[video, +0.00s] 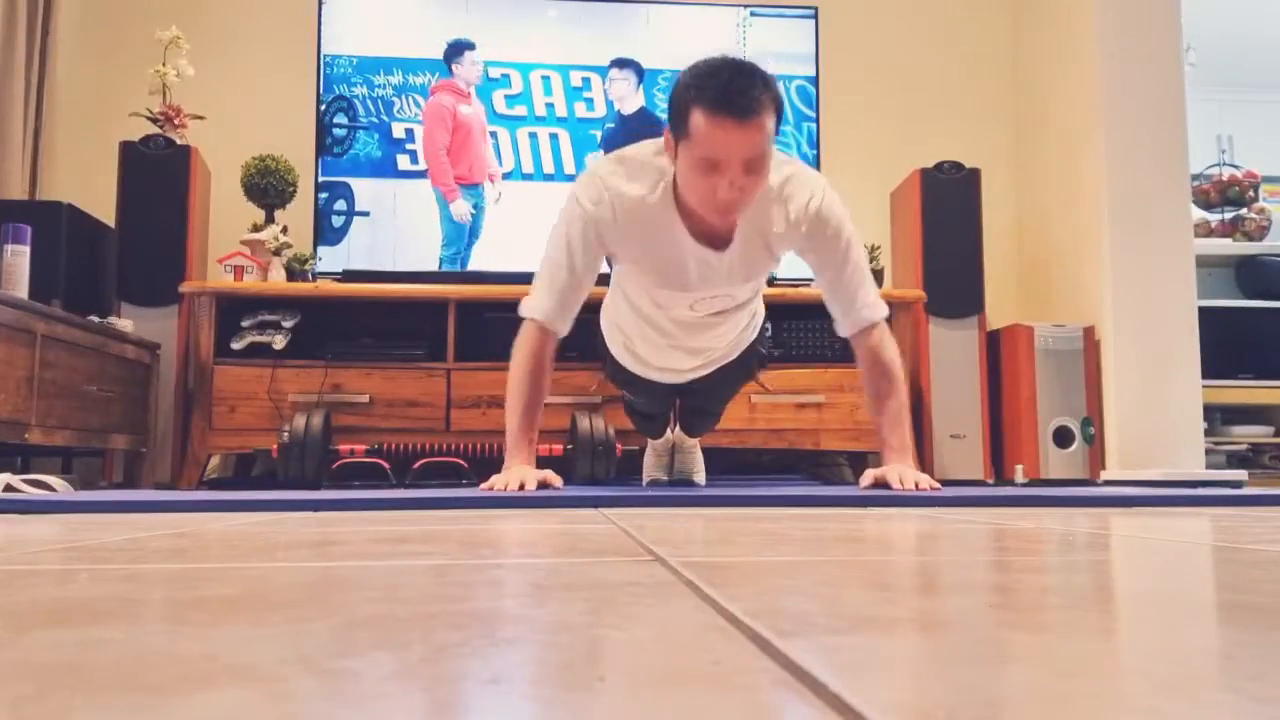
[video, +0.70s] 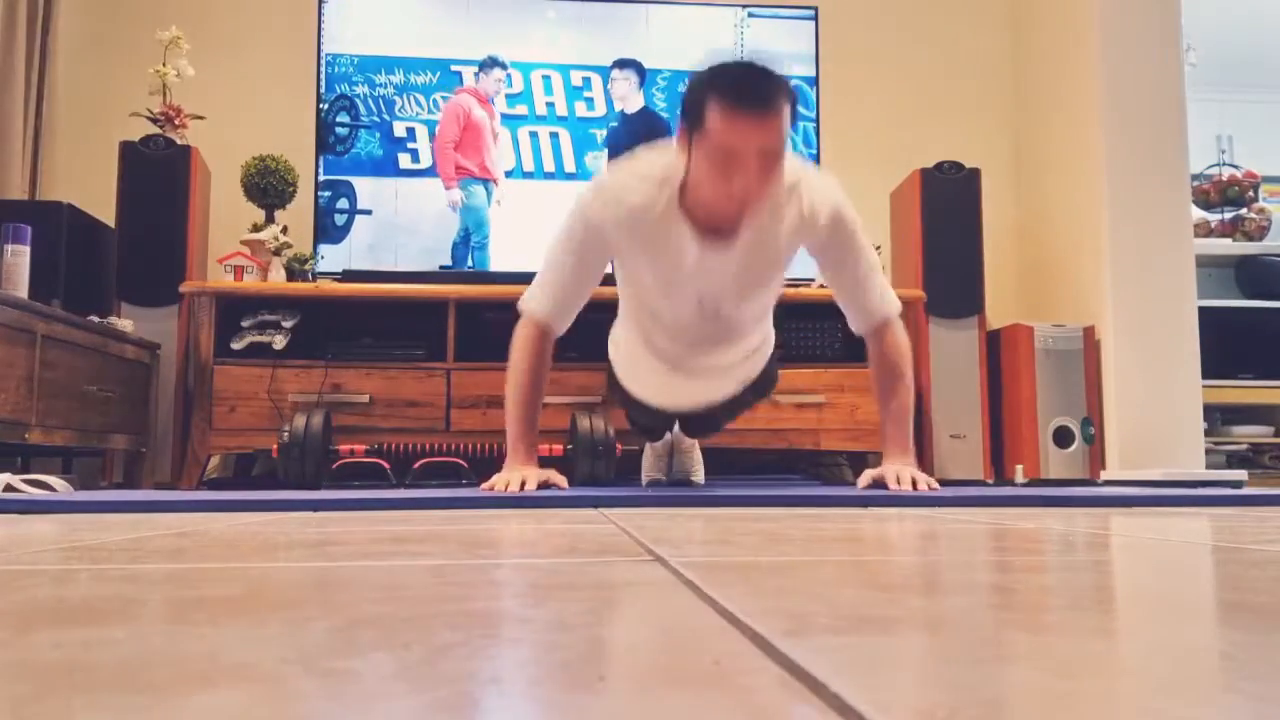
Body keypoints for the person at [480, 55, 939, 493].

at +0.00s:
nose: (730, 187)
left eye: (750, 167)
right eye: (710, 167)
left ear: (771, 150)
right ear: (671, 146)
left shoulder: (802, 199)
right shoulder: (607, 191)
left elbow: (871, 334)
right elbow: (539, 327)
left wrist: (898, 457)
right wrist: (518, 460)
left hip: (733, 342)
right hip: (637, 342)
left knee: (703, 413)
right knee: (651, 413)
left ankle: (685, 442)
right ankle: (657, 446)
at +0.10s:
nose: (732, 263)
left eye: (752, 241)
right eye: (712, 240)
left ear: (776, 218)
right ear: (673, 216)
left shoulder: (814, 244)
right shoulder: (607, 234)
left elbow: (906, 339)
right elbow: (507, 339)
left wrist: (903, 460)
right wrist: (513, 461)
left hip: (731, 385)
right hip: (635, 384)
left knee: (701, 428)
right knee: (650, 429)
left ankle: (686, 445)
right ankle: (661, 448)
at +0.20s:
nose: (734, 345)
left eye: (754, 323)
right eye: (714, 323)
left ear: (781, 296)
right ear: (674, 296)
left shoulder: (817, 293)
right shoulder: (612, 289)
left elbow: (928, 348)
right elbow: (496, 346)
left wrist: (906, 461)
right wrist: (513, 463)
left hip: (740, 428)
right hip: (634, 430)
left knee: (737, 562)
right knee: (625, 561)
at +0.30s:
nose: (735, 416)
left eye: (758, 393)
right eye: (716, 393)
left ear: (787, 361)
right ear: (676, 363)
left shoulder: (818, 342)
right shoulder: (615, 337)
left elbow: (935, 349)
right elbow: (493, 346)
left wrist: (905, 463)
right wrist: (513, 463)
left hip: (740, 476)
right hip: (622, 476)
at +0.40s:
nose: (743, 450)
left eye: (768, 431)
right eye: (722, 431)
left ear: (795, 392)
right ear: (679, 396)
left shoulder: (819, 365)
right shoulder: (627, 369)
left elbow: (926, 348)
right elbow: (503, 343)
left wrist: (905, 461)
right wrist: (514, 462)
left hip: (753, 486)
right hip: (641, 484)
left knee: (748, 599)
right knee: (644, 596)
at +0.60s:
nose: (745, 321)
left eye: (764, 299)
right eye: (725, 299)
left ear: (787, 282)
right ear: (684, 278)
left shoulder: (819, 289)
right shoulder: (619, 285)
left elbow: (915, 350)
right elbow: (504, 347)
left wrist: (901, 461)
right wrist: (516, 464)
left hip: (744, 432)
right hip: (641, 434)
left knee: (744, 557)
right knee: (636, 557)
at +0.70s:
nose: (745, 183)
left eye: (765, 161)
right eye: (726, 160)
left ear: (785, 153)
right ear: (686, 143)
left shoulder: (811, 200)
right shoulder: (619, 196)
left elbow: (884, 326)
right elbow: (537, 322)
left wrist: (899, 456)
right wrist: (519, 460)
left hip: (740, 376)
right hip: (643, 376)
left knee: (706, 421)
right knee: (652, 422)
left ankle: (685, 440)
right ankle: (656, 446)